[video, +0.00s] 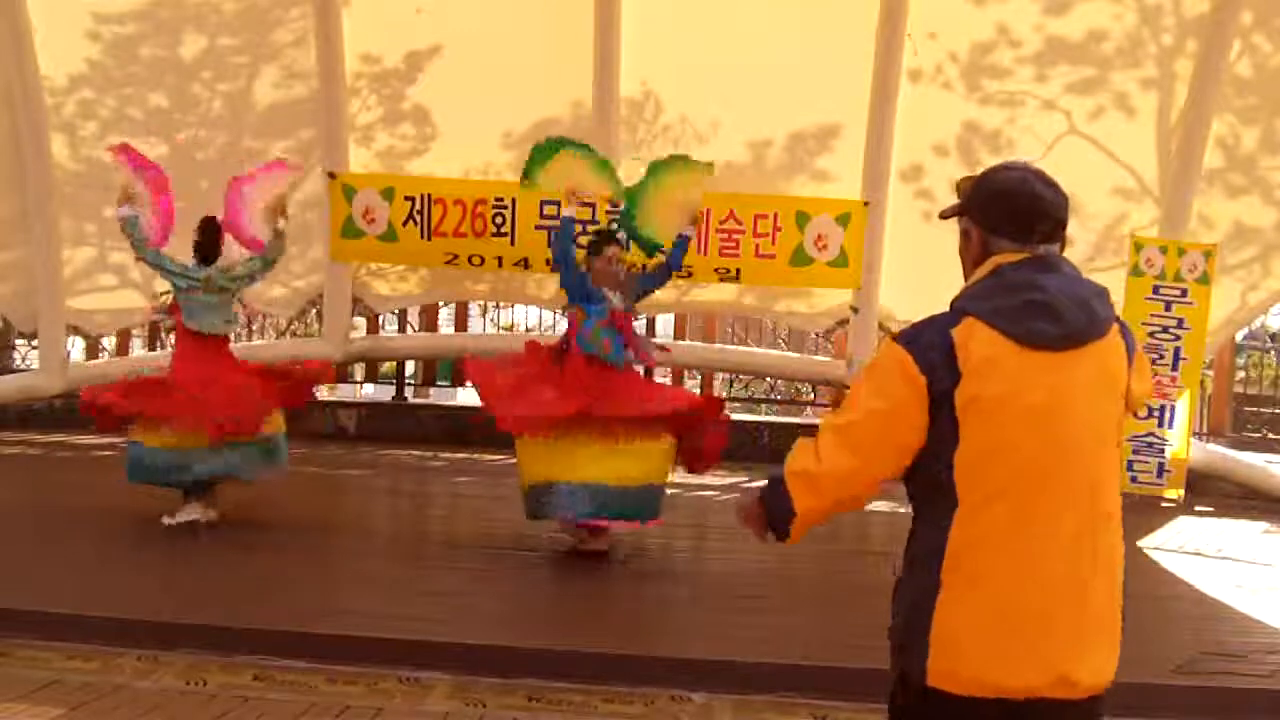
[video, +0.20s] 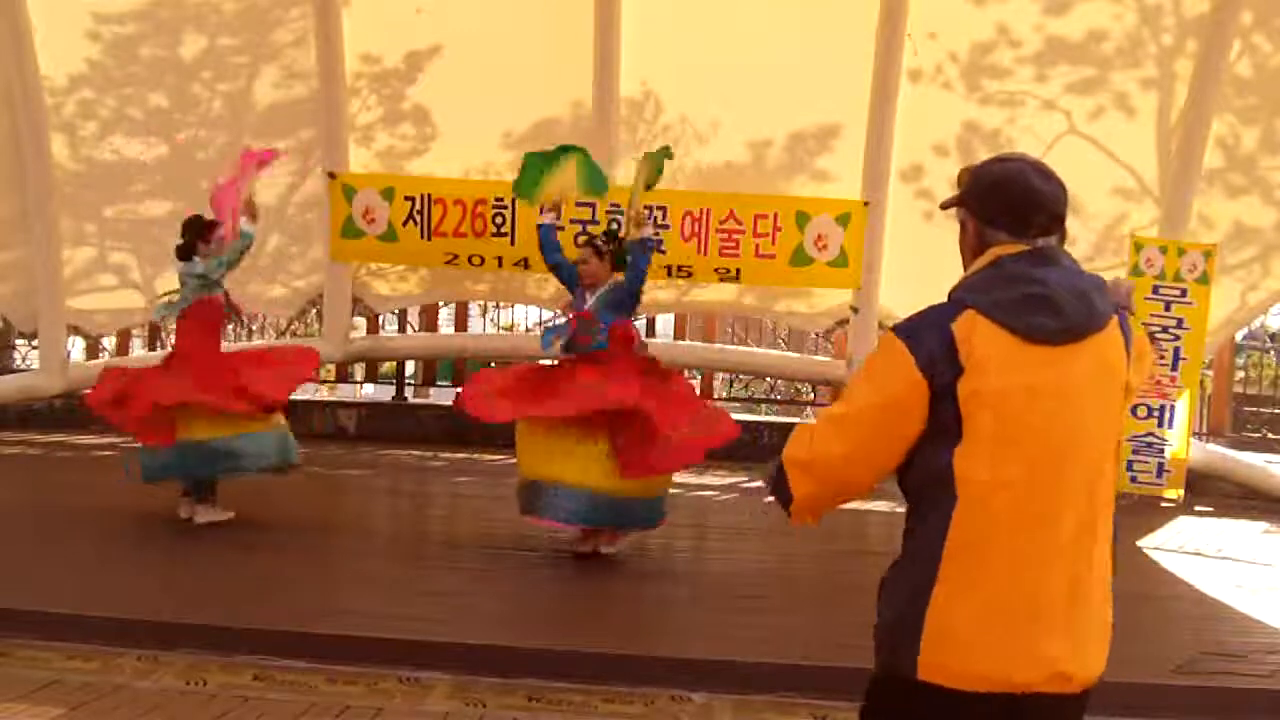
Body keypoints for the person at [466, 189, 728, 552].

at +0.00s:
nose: (616, 266)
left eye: (619, 260)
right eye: (609, 259)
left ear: (623, 262)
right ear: (590, 262)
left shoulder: (627, 291)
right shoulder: (582, 291)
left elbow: (665, 271)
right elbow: (565, 259)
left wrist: (685, 235)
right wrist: (568, 211)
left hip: (616, 375)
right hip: (581, 372)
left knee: (609, 448)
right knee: (585, 447)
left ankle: (598, 521)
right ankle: (585, 523)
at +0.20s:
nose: (581, 268)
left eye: (588, 261)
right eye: (579, 262)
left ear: (609, 265)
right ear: (580, 265)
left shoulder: (621, 296)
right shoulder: (579, 292)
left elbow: (636, 275)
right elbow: (555, 260)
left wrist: (638, 239)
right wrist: (548, 217)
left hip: (617, 383)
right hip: (580, 380)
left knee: (614, 451)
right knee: (584, 450)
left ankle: (613, 525)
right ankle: (589, 525)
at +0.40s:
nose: (582, 260)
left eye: (585, 256)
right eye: (585, 256)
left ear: (590, 259)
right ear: (619, 259)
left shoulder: (586, 292)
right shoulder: (627, 285)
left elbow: (543, 270)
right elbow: (638, 258)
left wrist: (520, 229)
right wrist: (632, 221)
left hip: (599, 373)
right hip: (631, 370)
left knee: (596, 447)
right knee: (614, 447)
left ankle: (606, 529)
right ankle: (608, 527)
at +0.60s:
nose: (627, 266)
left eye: (625, 260)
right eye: (624, 260)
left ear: (586, 262)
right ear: (615, 262)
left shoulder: (572, 292)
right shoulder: (621, 293)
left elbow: (561, 267)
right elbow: (665, 274)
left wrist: (569, 237)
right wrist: (686, 234)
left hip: (574, 372)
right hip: (614, 376)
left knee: (574, 448)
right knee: (604, 449)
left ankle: (573, 525)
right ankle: (594, 528)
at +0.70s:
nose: (626, 268)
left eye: (627, 262)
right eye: (622, 262)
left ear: (613, 264)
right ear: (607, 263)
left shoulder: (608, 291)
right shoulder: (600, 290)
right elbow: (631, 273)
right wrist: (659, 237)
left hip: (605, 372)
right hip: (590, 372)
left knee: (595, 448)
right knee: (585, 447)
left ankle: (589, 526)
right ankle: (581, 529)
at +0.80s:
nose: (630, 271)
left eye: (632, 265)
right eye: (626, 264)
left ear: (628, 268)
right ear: (609, 265)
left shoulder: (626, 296)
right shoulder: (595, 294)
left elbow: (650, 285)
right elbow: (592, 275)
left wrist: (677, 258)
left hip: (625, 375)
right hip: (593, 374)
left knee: (621, 445)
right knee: (590, 446)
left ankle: (616, 523)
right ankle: (586, 525)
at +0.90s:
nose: (624, 270)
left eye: (629, 264)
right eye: (618, 263)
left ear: (633, 267)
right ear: (600, 264)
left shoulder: (634, 297)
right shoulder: (589, 291)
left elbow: (673, 293)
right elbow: (556, 280)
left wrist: (704, 266)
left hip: (629, 377)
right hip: (591, 374)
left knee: (623, 446)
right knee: (590, 443)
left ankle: (613, 523)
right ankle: (582, 518)